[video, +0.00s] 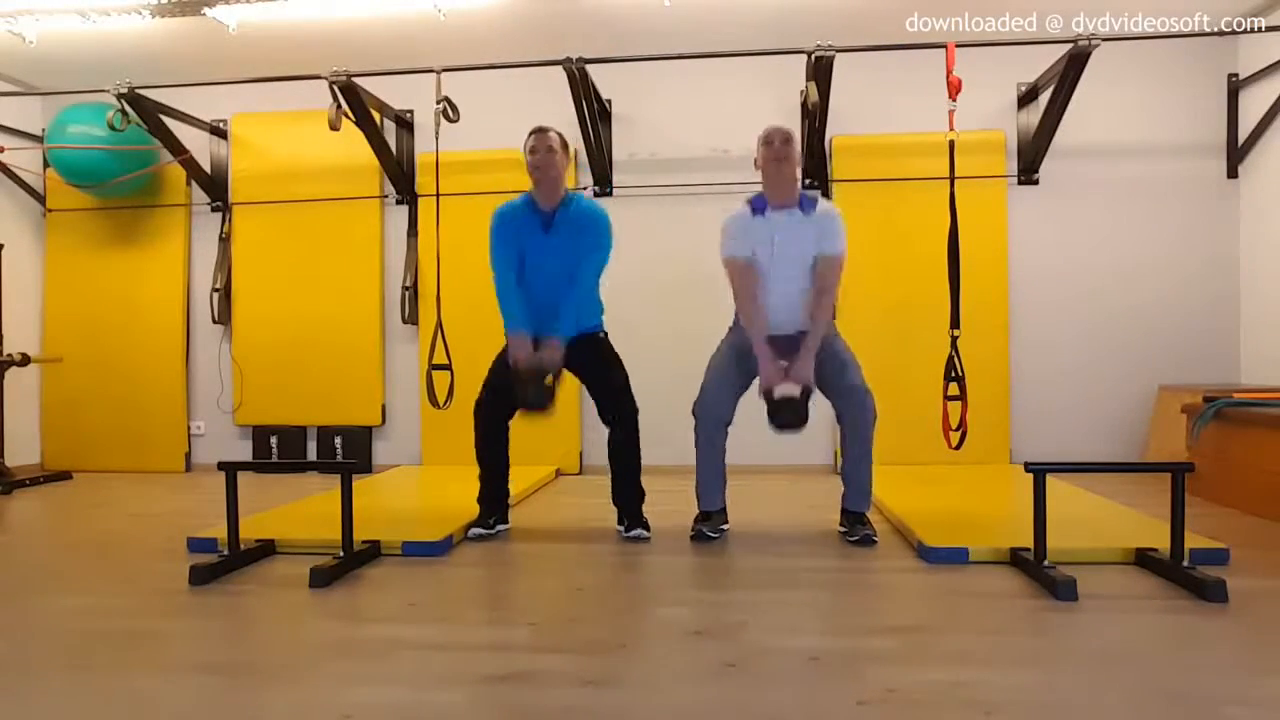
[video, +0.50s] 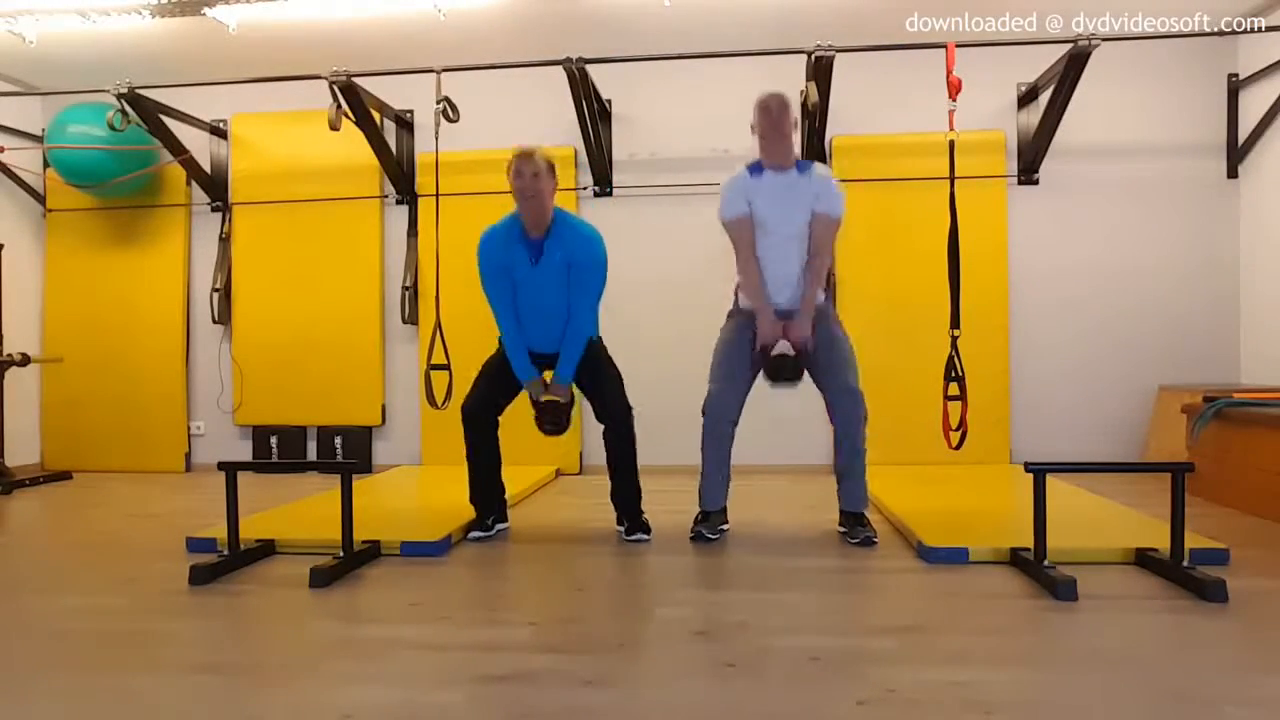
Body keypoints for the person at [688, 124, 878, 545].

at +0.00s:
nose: (778, 148)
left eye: (786, 142)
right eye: (769, 143)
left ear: (799, 158)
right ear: (757, 160)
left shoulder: (826, 217)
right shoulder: (739, 224)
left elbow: (825, 294)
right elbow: (746, 299)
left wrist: (808, 353)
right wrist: (765, 357)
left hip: (813, 336)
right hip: (752, 336)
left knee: (859, 403)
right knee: (709, 408)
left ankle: (855, 512)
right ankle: (711, 511)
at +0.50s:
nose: (775, 122)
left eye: (781, 115)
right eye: (766, 116)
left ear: (794, 125)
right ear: (754, 128)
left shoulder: (822, 183)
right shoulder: (738, 187)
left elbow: (820, 256)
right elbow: (746, 257)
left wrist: (806, 313)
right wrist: (763, 312)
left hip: (812, 309)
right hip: (751, 310)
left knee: (849, 407)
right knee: (719, 406)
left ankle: (853, 512)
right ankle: (712, 510)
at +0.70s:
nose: (774, 128)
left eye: (781, 122)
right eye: (766, 123)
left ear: (792, 134)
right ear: (753, 136)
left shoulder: (812, 169)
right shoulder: (741, 175)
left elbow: (825, 187)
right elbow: (738, 189)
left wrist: (776, 183)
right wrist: (784, 182)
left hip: (810, 301)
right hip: (753, 303)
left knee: (835, 405)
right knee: (732, 407)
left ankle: (852, 511)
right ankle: (713, 510)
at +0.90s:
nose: (776, 127)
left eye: (784, 121)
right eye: (769, 121)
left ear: (799, 129)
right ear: (756, 129)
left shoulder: (817, 175)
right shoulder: (742, 179)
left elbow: (819, 140)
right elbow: (748, 140)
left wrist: (806, 85)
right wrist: (764, 84)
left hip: (813, 299)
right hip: (755, 300)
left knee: (837, 403)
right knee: (735, 406)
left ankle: (853, 510)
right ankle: (714, 508)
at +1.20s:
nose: (781, 124)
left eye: (788, 119)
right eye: (774, 117)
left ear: (802, 125)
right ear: (763, 121)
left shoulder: (820, 172)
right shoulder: (744, 175)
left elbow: (825, 158)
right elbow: (746, 156)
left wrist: (813, 101)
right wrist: (764, 100)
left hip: (814, 299)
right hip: (757, 301)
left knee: (839, 406)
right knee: (734, 406)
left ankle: (853, 511)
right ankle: (714, 509)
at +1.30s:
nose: (773, 143)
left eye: (778, 137)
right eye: (768, 135)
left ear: (798, 137)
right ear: (760, 134)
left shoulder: (818, 172)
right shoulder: (746, 175)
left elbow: (829, 173)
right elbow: (746, 170)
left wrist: (816, 130)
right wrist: (776, 133)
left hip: (814, 304)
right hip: (758, 305)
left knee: (843, 407)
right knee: (731, 407)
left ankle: (852, 512)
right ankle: (714, 509)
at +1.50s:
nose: (779, 122)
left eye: (787, 117)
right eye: (771, 117)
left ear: (799, 133)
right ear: (758, 134)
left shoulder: (825, 181)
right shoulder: (745, 188)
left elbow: (825, 234)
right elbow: (751, 240)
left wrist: (811, 283)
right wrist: (774, 287)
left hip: (816, 319)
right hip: (758, 319)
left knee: (855, 407)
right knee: (718, 412)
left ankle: (853, 512)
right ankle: (713, 510)